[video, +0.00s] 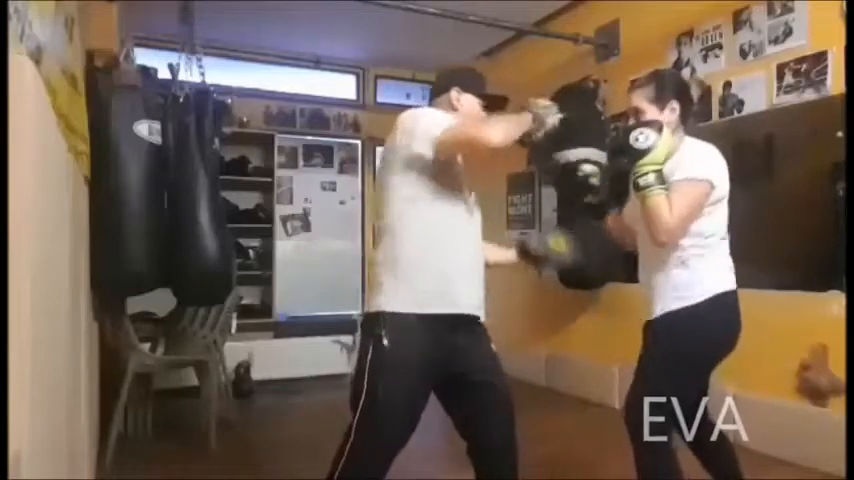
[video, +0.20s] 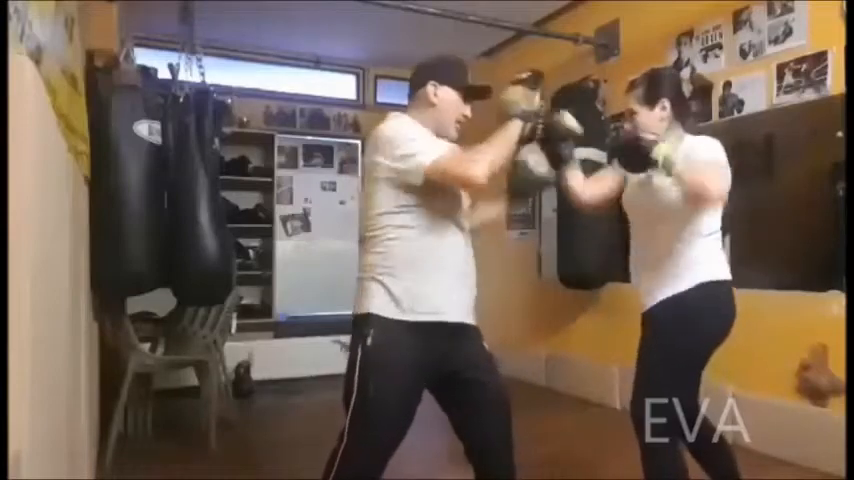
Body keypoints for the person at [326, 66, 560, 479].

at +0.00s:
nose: (486, 111)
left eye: (487, 105)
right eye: (481, 101)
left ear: (461, 102)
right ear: (455, 96)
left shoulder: (454, 163)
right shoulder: (416, 121)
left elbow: (465, 246)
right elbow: (489, 135)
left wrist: (524, 250)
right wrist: (532, 116)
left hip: (461, 324)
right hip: (402, 321)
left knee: (496, 445)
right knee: (369, 450)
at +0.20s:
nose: (468, 111)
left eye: (469, 101)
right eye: (462, 98)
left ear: (432, 96)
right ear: (431, 91)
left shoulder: (442, 151)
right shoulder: (395, 132)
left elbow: (464, 215)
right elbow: (473, 170)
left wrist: (523, 185)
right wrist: (518, 121)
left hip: (453, 326)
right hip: (392, 324)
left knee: (494, 444)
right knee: (363, 455)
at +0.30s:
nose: (468, 111)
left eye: (469, 101)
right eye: (461, 98)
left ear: (436, 95)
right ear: (431, 92)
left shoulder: (448, 152)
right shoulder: (386, 137)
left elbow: (479, 207)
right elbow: (437, 205)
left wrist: (529, 171)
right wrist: (498, 156)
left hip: (452, 326)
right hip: (388, 326)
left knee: (495, 439)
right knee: (357, 457)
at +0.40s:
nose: (483, 119)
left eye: (483, 108)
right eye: (476, 105)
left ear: (449, 104)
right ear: (444, 102)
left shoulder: (460, 153)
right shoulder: (395, 146)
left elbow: (506, 199)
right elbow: (410, 225)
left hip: (455, 330)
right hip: (391, 331)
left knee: (496, 447)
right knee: (361, 456)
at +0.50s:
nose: (500, 128)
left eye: (502, 118)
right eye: (494, 114)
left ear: (466, 112)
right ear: (464, 109)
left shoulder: (463, 158)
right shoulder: (422, 152)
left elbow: (494, 190)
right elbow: (433, 242)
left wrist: (532, 168)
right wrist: (513, 272)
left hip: (460, 331)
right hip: (402, 333)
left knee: (500, 432)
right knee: (370, 454)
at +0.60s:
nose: (513, 139)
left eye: (515, 129)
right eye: (508, 125)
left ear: (478, 120)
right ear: (480, 118)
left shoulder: (464, 161)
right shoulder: (445, 155)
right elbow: (491, 253)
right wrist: (570, 278)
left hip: (462, 333)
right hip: (409, 335)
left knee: (503, 422)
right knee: (382, 453)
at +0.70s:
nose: (516, 142)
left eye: (518, 132)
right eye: (512, 128)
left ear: (481, 123)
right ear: (485, 121)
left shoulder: (460, 162)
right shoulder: (451, 160)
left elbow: (510, 236)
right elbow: (513, 240)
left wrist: (565, 267)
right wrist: (600, 264)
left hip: (463, 331)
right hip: (412, 333)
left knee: (504, 423)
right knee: (383, 454)